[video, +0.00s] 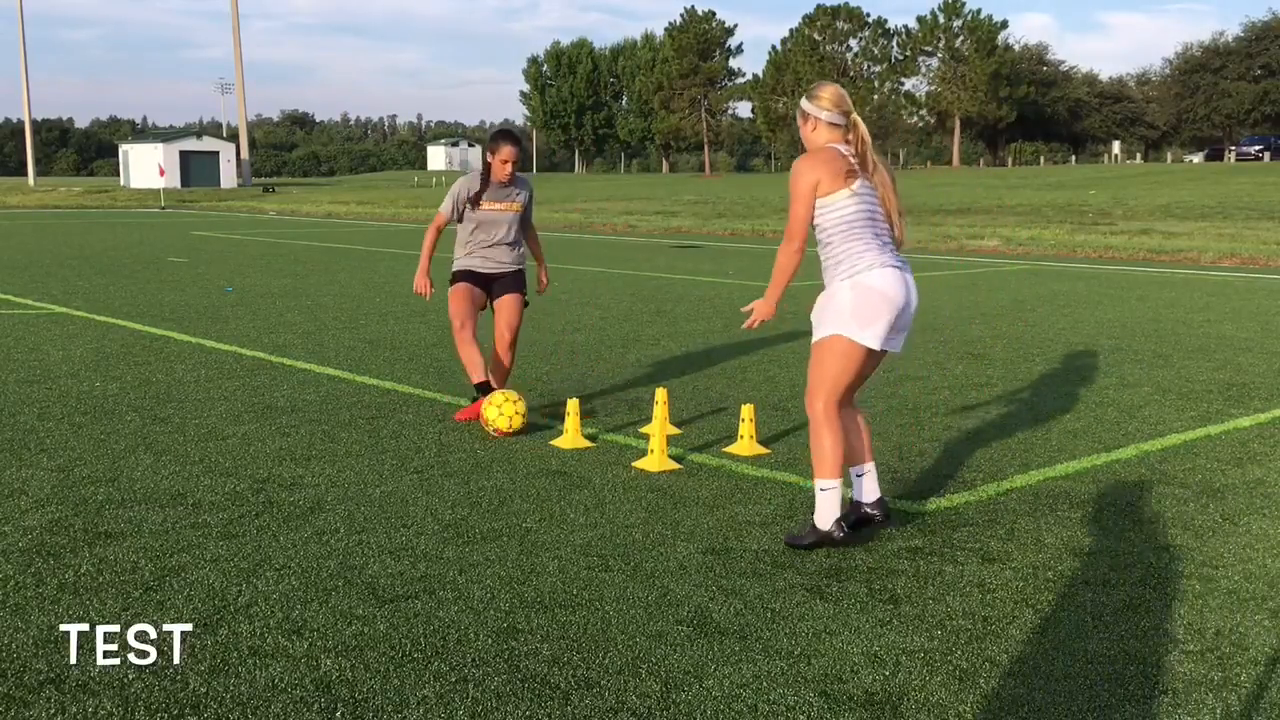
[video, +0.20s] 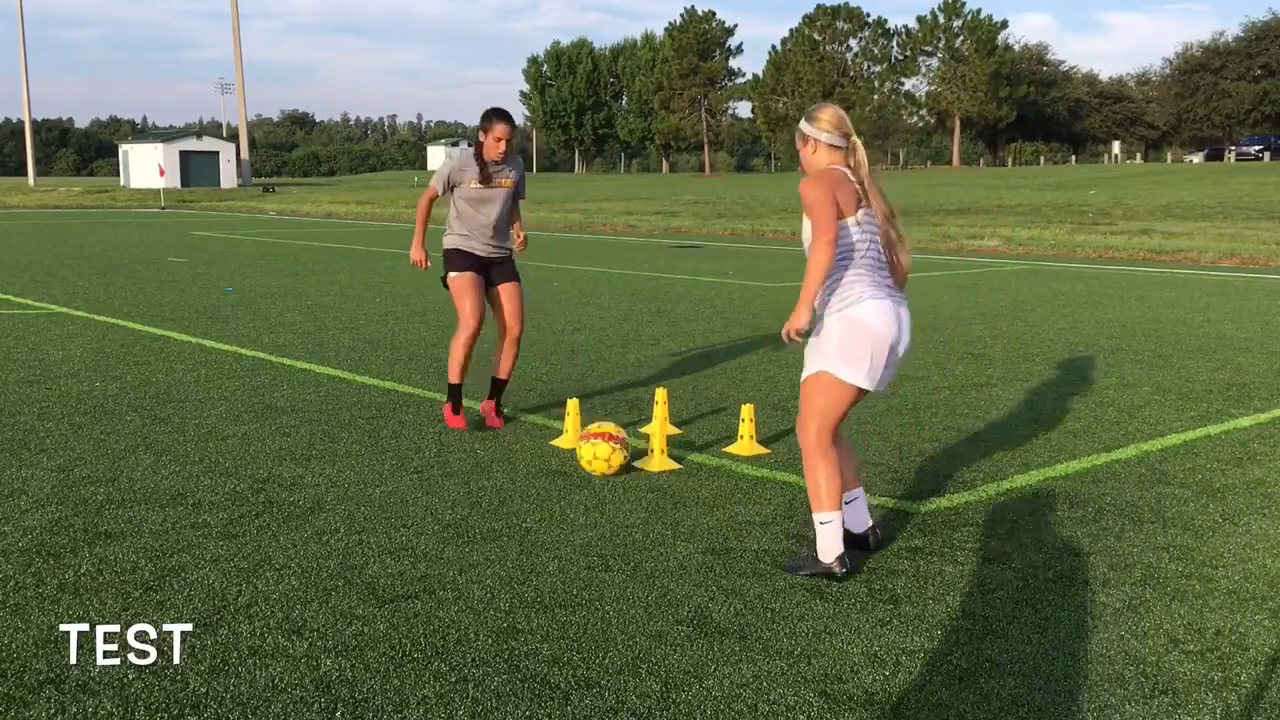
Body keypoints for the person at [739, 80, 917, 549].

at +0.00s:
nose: (800, 130)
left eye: (802, 122)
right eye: (801, 122)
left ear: (815, 122)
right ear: (844, 123)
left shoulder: (811, 164)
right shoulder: (867, 164)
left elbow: (795, 242)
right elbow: (886, 232)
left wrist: (770, 299)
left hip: (860, 287)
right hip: (895, 284)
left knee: (820, 401)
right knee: (842, 398)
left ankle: (826, 521)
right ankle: (869, 501)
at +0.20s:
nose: (798, 154)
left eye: (800, 146)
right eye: (799, 146)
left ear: (811, 144)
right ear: (842, 146)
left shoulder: (818, 181)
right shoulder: (864, 187)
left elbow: (825, 239)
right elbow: (900, 260)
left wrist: (804, 306)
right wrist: (879, 307)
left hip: (855, 313)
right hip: (890, 314)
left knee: (812, 426)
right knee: (825, 423)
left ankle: (829, 553)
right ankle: (858, 528)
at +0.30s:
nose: (803, 155)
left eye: (803, 147)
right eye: (802, 147)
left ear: (817, 142)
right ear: (846, 143)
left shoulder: (824, 176)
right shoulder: (875, 183)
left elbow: (829, 240)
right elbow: (916, 243)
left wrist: (811, 305)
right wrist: (935, 305)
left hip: (868, 308)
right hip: (899, 309)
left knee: (797, 411)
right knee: (809, 409)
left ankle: (837, 530)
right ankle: (841, 512)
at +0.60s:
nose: (828, 186)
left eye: (828, 177)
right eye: (827, 178)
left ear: (839, 173)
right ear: (873, 169)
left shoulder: (854, 219)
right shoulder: (908, 210)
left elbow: (835, 295)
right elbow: (950, 269)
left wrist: (794, 348)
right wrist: (944, 324)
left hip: (896, 349)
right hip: (934, 346)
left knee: (823, 441)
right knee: (832, 395)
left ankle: (848, 557)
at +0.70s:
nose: (847, 166)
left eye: (848, 157)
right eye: (848, 158)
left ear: (860, 155)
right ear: (892, 153)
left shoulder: (871, 195)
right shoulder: (926, 189)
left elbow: (872, 255)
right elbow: (977, 240)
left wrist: (843, 316)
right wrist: (965, 281)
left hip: (910, 326)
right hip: (956, 326)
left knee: (858, 435)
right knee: (900, 429)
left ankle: (852, 553)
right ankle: (949, 523)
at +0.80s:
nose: (866, 153)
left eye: (867, 144)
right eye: (865, 145)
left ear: (882, 139)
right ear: (910, 137)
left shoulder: (889, 174)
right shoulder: (948, 171)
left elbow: (882, 227)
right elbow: (1005, 212)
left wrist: (860, 289)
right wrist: (1018, 263)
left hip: (937, 304)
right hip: (980, 301)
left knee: (887, 414)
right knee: (912, 407)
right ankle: (942, 505)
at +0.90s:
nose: (885, 157)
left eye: (887, 149)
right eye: (885, 150)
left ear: (898, 147)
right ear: (929, 143)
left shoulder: (906, 178)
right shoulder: (970, 175)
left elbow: (891, 235)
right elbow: (1023, 223)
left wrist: (870, 293)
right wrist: (1055, 271)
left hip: (958, 304)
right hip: (997, 298)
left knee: (930, 414)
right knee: (907, 375)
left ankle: (985, 518)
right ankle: (941, 478)